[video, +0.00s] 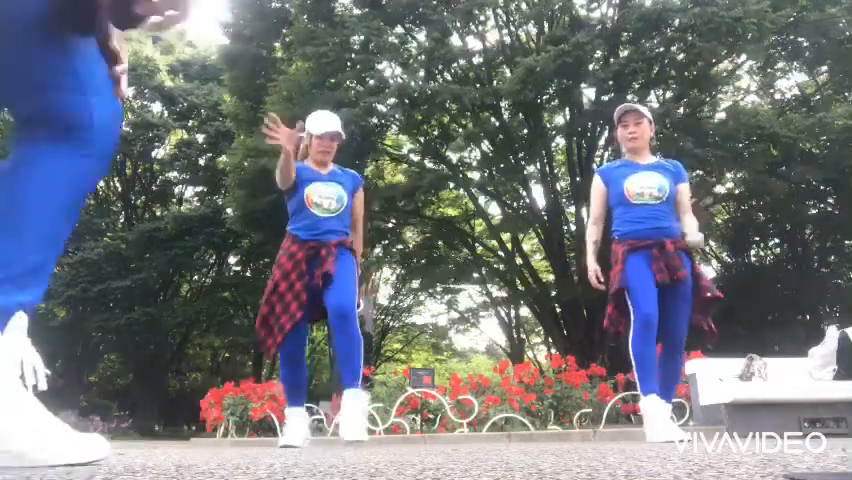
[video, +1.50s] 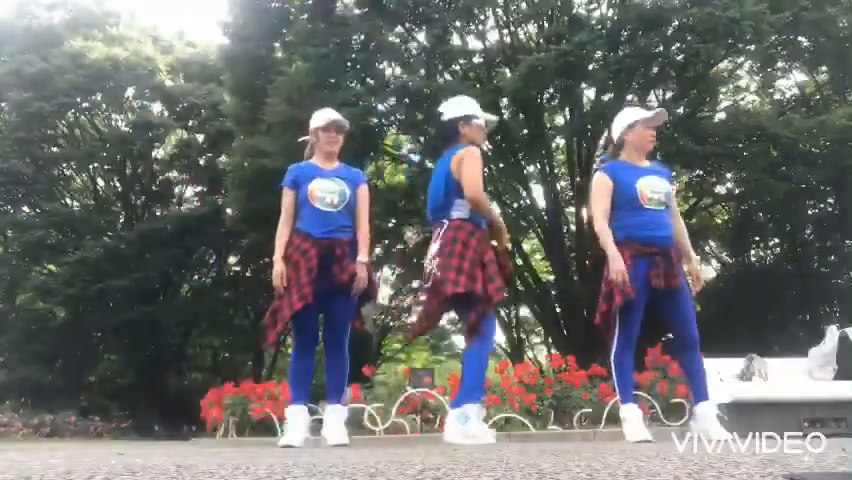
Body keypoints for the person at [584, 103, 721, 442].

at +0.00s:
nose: (631, 128)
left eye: (638, 122)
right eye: (624, 125)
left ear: (652, 129)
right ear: (617, 134)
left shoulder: (674, 168)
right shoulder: (606, 173)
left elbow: (686, 212)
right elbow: (595, 221)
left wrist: (692, 232)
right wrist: (591, 259)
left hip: (674, 251)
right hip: (634, 252)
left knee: (676, 337)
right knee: (646, 315)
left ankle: (663, 413)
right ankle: (649, 403)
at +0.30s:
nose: (634, 131)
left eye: (641, 125)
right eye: (627, 127)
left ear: (652, 131)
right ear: (618, 133)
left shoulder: (670, 170)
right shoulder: (605, 171)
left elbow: (686, 213)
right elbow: (592, 216)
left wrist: (691, 235)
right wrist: (589, 251)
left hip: (670, 253)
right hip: (630, 254)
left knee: (668, 333)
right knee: (639, 328)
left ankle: (664, 411)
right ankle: (649, 409)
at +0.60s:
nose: (636, 134)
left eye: (642, 128)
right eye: (628, 128)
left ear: (651, 133)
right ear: (617, 133)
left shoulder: (666, 171)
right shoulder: (602, 172)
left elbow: (679, 216)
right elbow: (589, 219)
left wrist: (690, 252)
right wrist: (587, 259)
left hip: (665, 253)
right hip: (625, 254)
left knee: (665, 333)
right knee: (636, 328)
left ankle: (662, 410)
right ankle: (633, 405)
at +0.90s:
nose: (641, 130)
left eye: (641, 125)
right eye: (633, 125)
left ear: (640, 131)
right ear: (612, 131)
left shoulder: (655, 169)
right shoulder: (594, 171)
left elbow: (673, 217)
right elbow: (582, 218)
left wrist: (692, 258)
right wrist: (577, 261)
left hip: (658, 255)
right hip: (619, 255)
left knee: (660, 334)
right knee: (625, 334)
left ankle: (661, 412)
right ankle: (630, 411)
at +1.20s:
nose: (644, 134)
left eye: (643, 129)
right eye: (638, 128)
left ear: (629, 133)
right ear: (618, 131)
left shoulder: (642, 170)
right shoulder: (595, 168)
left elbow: (654, 212)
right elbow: (590, 215)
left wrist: (666, 238)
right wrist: (607, 253)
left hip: (652, 256)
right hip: (620, 256)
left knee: (667, 331)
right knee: (620, 333)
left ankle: (663, 412)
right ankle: (627, 410)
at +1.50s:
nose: (654, 133)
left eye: (654, 128)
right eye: (648, 128)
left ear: (646, 135)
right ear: (627, 133)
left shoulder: (661, 172)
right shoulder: (607, 172)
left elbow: (675, 219)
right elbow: (600, 219)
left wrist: (691, 258)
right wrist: (613, 256)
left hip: (669, 257)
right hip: (632, 258)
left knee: (689, 336)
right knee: (626, 336)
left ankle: (703, 412)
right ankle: (629, 411)